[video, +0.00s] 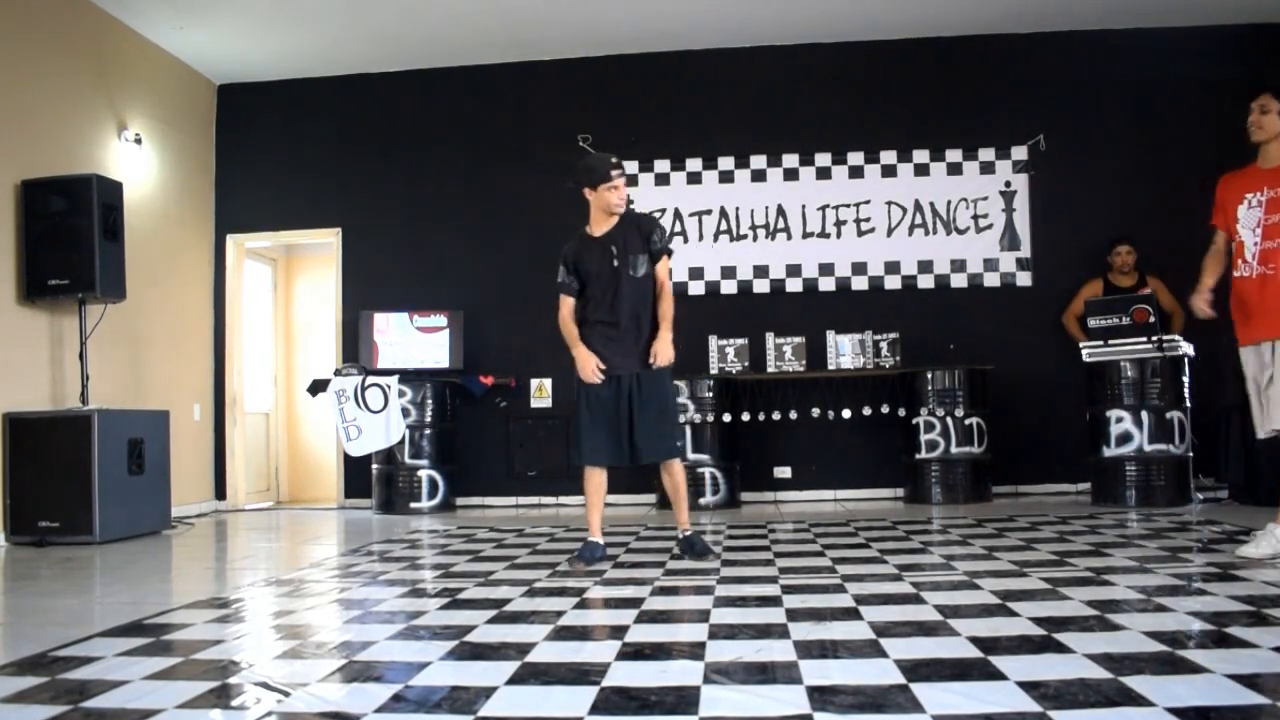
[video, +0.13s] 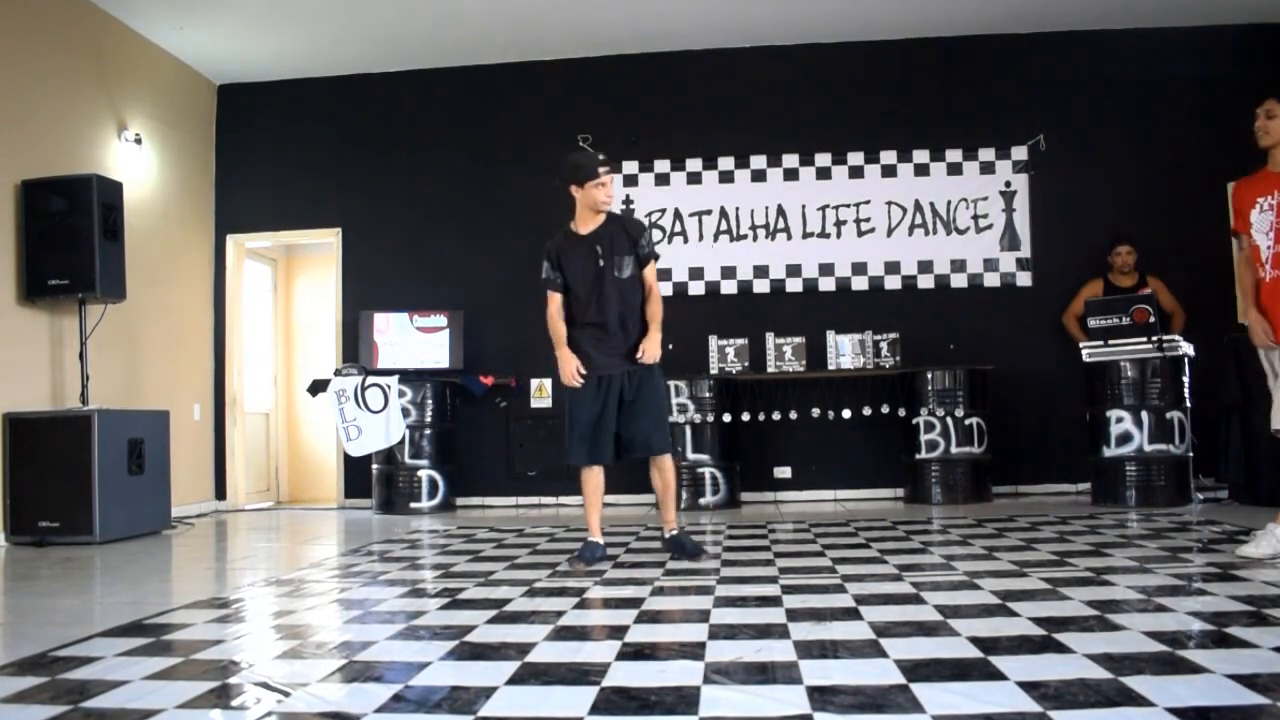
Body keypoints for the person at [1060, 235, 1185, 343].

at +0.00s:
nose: (1123, 259)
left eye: (1128, 253)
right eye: (1118, 254)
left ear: (1135, 257)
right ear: (1110, 259)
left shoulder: (1151, 284)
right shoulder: (1095, 287)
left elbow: (1176, 313)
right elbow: (1068, 317)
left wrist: (1169, 342)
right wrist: (1086, 345)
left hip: (1148, 359)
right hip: (1110, 361)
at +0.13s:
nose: (1124, 259)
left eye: (1129, 254)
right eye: (1118, 255)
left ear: (1135, 257)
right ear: (1110, 259)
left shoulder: (1151, 284)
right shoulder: (1096, 287)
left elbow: (1177, 314)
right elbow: (1068, 317)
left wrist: (1170, 343)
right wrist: (1086, 346)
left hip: (1148, 359)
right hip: (1110, 361)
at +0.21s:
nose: (1124, 259)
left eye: (1129, 254)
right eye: (1118, 255)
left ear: (1135, 257)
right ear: (1110, 259)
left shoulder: (1151, 284)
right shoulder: (1096, 287)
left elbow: (1177, 314)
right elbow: (1068, 317)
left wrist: (1170, 343)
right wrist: (1087, 346)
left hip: (1148, 359)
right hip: (1110, 361)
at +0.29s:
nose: (1124, 259)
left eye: (1129, 254)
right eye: (1118, 255)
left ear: (1135, 257)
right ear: (1110, 259)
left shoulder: (1151, 284)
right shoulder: (1096, 287)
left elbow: (1177, 314)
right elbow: (1068, 318)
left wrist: (1170, 343)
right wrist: (1087, 346)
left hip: (1148, 359)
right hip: (1110, 361)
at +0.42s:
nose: (1124, 260)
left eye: (1129, 254)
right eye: (1118, 255)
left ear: (1135, 257)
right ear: (1110, 260)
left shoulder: (1151, 284)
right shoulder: (1096, 287)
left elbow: (1177, 314)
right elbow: (1068, 317)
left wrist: (1170, 342)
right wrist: (1087, 345)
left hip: (1149, 359)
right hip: (1111, 361)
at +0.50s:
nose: (1124, 260)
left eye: (1129, 254)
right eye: (1118, 255)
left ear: (1135, 257)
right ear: (1110, 260)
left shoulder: (1151, 284)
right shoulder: (1097, 287)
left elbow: (1177, 314)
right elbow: (1068, 317)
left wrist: (1170, 342)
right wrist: (1087, 344)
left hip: (1149, 358)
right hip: (1112, 360)